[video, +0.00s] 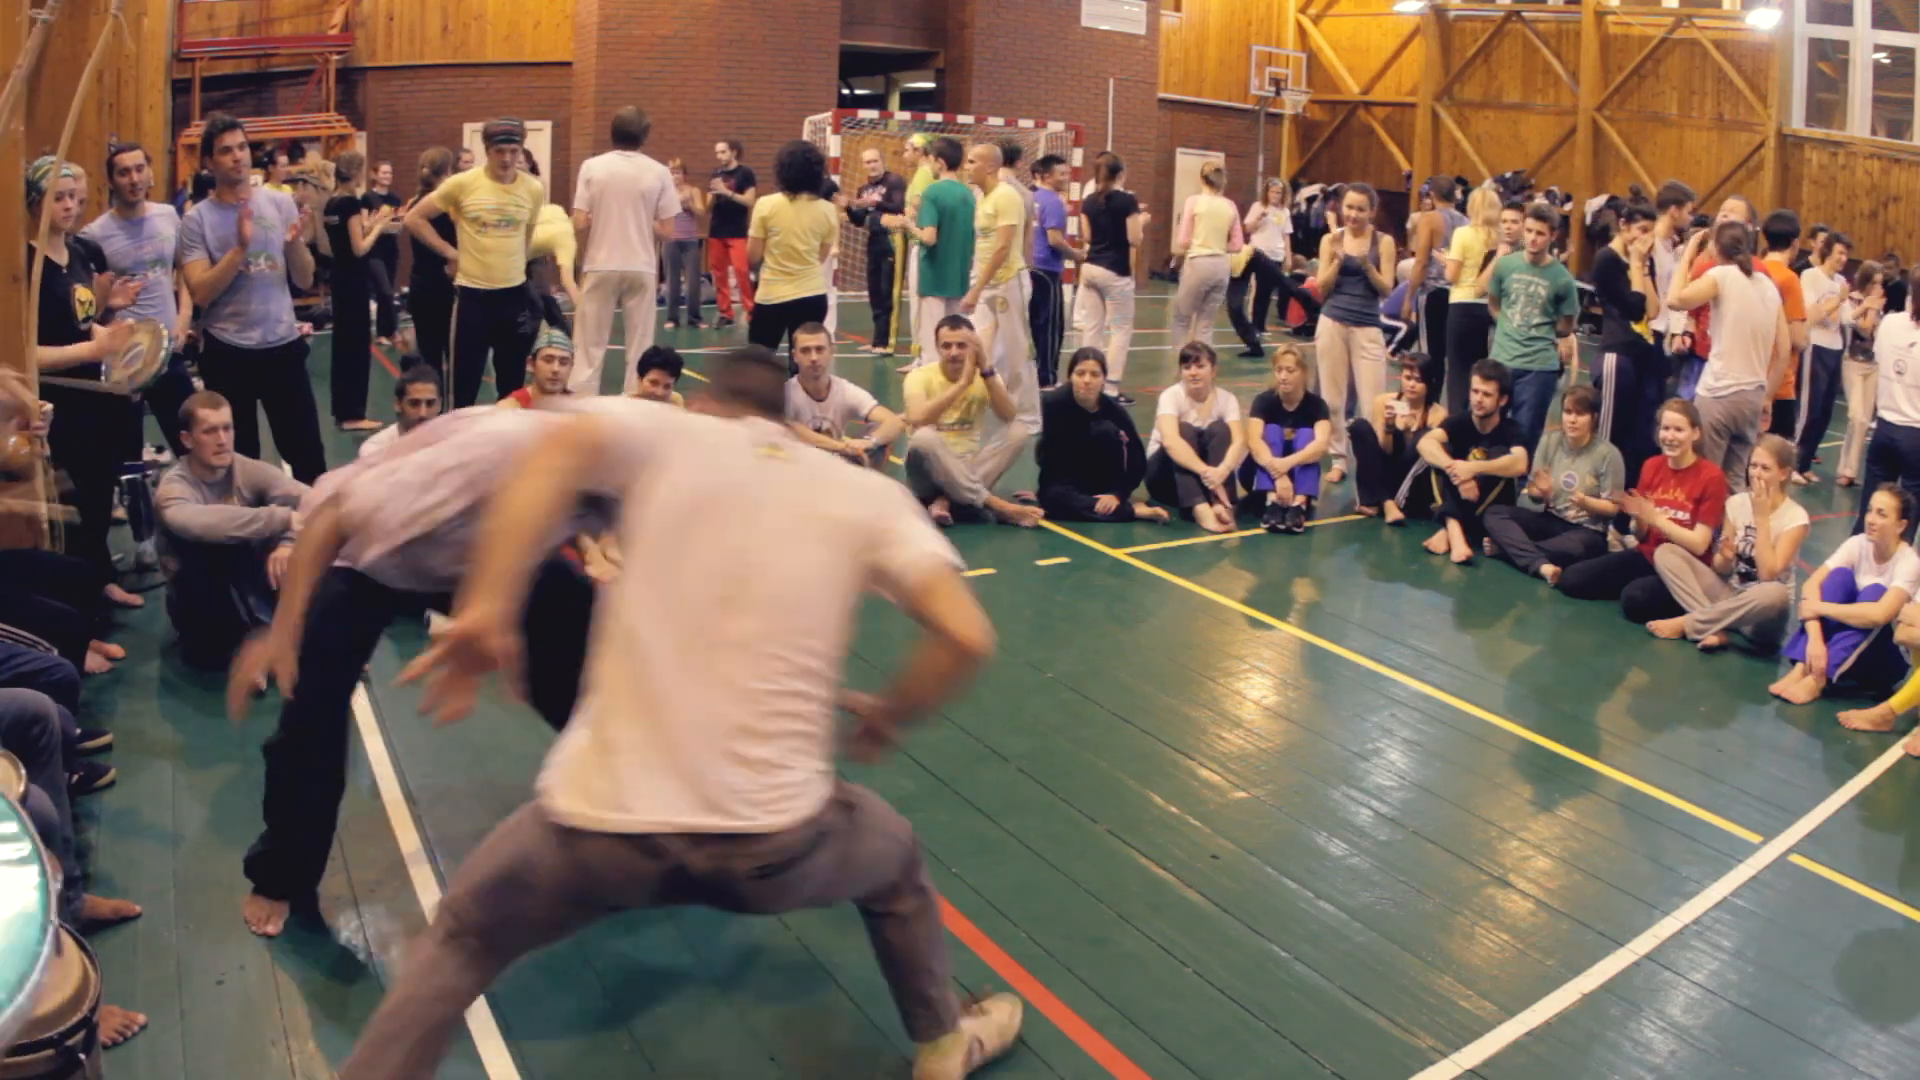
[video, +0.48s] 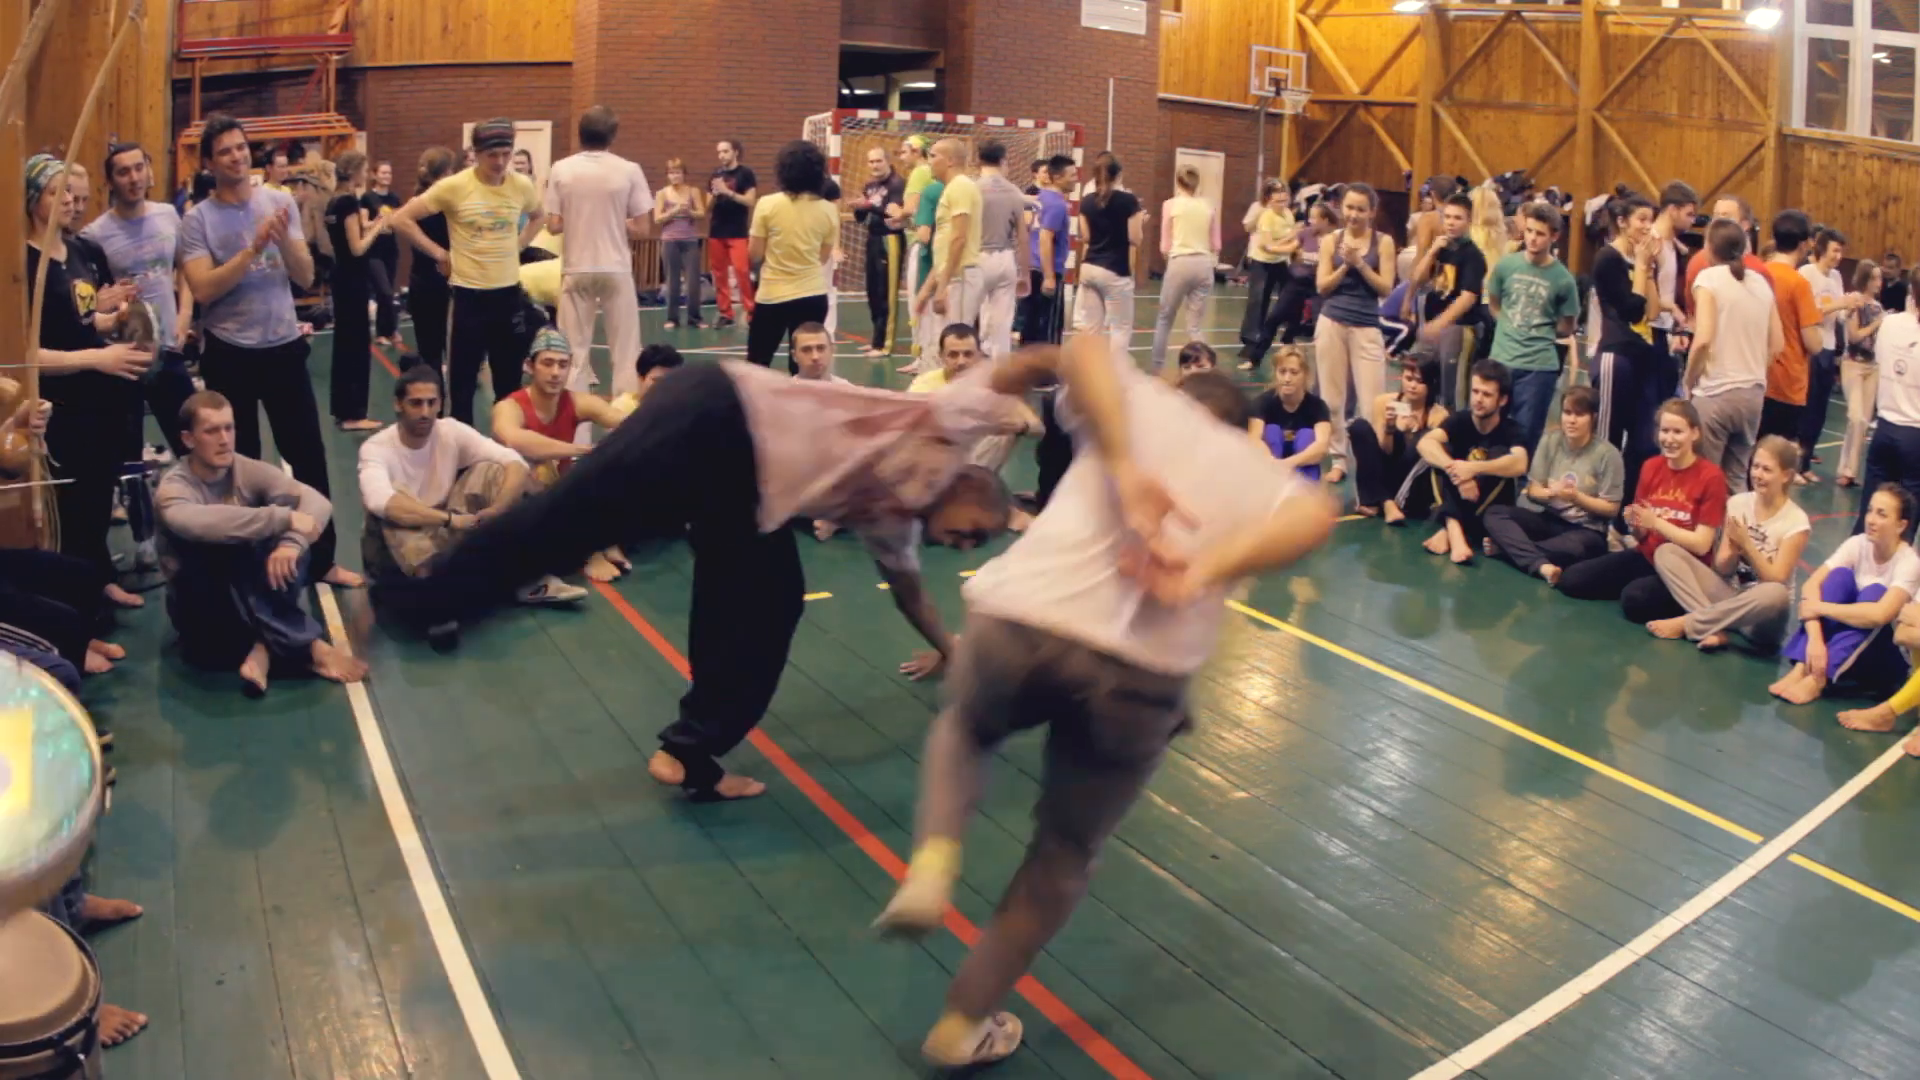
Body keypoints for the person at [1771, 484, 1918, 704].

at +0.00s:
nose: (1870, 519)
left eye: (1881, 514)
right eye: (1869, 511)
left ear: (1901, 526)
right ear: (1864, 513)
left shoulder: (1909, 562)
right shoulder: (1857, 544)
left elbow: (1880, 616)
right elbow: (1810, 585)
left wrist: (1819, 607)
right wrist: (1815, 641)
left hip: (1881, 667)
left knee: (1875, 592)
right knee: (1840, 577)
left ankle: (1818, 678)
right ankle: (1800, 667)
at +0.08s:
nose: (1870, 519)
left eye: (1881, 514)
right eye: (1869, 511)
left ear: (1901, 526)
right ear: (1864, 513)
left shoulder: (1909, 562)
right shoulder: (1857, 544)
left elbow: (1880, 615)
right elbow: (1810, 585)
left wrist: (1818, 607)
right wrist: (1815, 641)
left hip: (1881, 667)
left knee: (1875, 592)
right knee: (1840, 576)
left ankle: (1818, 678)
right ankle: (1800, 667)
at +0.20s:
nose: (1870, 519)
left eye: (1881, 514)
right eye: (1869, 511)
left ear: (1901, 526)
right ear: (1864, 513)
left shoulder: (1909, 562)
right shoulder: (1857, 544)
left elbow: (1880, 615)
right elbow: (1810, 585)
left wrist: (1818, 607)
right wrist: (1815, 641)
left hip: (1881, 667)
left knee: (1874, 592)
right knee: (1840, 576)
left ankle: (1817, 678)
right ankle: (1800, 667)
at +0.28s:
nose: (1870, 519)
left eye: (1881, 514)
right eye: (1869, 511)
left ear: (1901, 526)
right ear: (1864, 513)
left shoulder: (1909, 562)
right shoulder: (1857, 544)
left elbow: (1880, 616)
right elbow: (1810, 586)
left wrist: (1819, 607)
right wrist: (1815, 641)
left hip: (1880, 667)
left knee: (1875, 592)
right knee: (1840, 577)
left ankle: (1818, 678)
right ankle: (1800, 667)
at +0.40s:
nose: (1870, 519)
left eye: (1881, 514)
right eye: (1869, 511)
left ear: (1901, 526)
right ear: (1864, 513)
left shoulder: (1909, 562)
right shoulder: (1857, 544)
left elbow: (1880, 615)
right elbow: (1810, 586)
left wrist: (1818, 607)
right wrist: (1815, 641)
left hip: (1881, 667)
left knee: (1874, 592)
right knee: (1840, 577)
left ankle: (1818, 678)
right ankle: (1800, 667)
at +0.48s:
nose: (1870, 519)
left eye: (1881, 514)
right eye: (1869, 511)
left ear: (1901, 526)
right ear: (1864, 513)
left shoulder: (1910, 562)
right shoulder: (1857, 544)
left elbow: (1880, 615)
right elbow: (1810, 585)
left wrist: (1818, 607)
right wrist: (1815, 641)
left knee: (1875, 592)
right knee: (1840, 577)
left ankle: (1818, 678)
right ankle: (1800, 667)